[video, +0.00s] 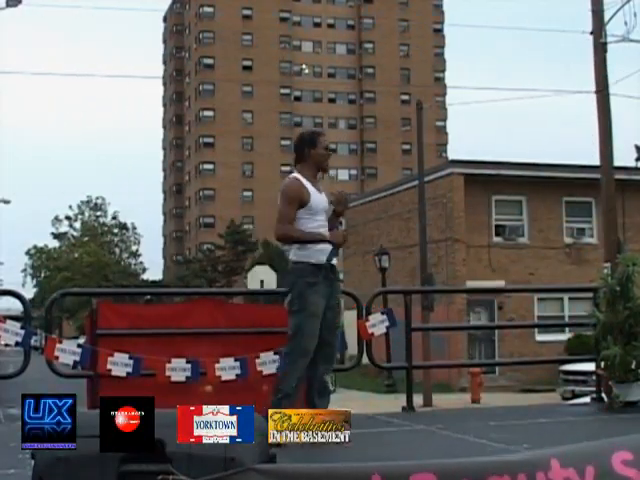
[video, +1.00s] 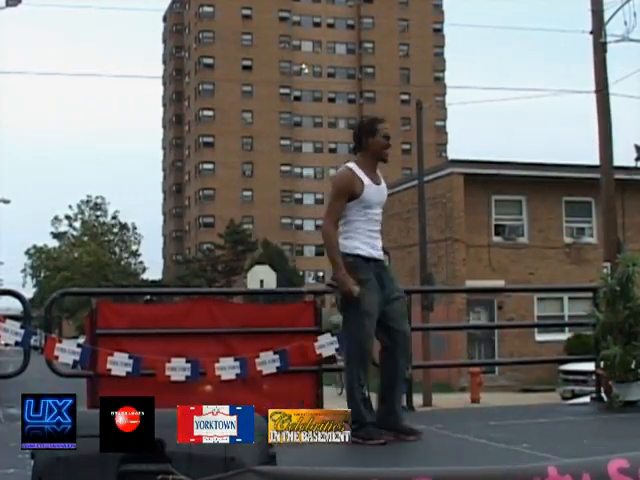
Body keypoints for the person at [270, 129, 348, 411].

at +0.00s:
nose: (330, 154)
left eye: (329, 149)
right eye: (325, 149)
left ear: (311, 154)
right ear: (308, 153)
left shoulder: (317, 188)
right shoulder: (294, 185)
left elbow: (324, 231)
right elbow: (282, 232)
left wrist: (337, 215)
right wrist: (326, 237)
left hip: (328, 271)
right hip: (306, 270)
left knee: (326, 346)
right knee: (303, 344)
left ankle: (318, 409)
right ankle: (281, 408)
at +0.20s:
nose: (346, 155)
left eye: (345, 150)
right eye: (342, 150)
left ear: (329, 153)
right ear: (327, 153)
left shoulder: (327, 185)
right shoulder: (306, 183)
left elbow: (324, 225)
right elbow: (289, 228)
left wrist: (339, 231)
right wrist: (330, 243)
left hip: (327, 264)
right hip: (309, 264)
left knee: (330, 334)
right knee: (321, 334)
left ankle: (318, 403)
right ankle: (314, 405)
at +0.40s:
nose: (359, 158)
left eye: (358, 153)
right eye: (356, 152)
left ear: (340, 154)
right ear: (343, 154)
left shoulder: (340, 186)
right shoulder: (317, 184)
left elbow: (338, 231)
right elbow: (299, 230)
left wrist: (349, 259)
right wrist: (310, 273)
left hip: (335, 268)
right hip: (319, 268)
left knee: (324, 346)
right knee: (331, 346)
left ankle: (314, 414)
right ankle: (357, 419)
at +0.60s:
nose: (372, 154)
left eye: (371, 149)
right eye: (369, 149)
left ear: (355, 152)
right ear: (356, 151)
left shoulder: (356, 184)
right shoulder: (332, 181)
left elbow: (349, 235)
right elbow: (304, 228)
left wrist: (359, 273)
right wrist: (298, 276)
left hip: (347, 267)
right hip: (330, 266)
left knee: (334, 347)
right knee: (348, 345)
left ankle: (314, 416)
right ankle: (360, 423)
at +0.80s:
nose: (381, 148)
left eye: (380, 143)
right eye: (376, 143)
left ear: (365, 148)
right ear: (360, 147)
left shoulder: (367, 182)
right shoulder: (338, 180)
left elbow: (360, 230)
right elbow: (315, 227)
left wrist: (369, 263)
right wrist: (317, 278)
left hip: (365, 266)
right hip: (343, 264)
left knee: (381, 335)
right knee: (355, 343)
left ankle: (333, 398)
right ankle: (362, 425)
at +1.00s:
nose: (390, 143)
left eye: (390, 138)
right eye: (384, 138)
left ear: (376, 144)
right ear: (366, 142)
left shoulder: (379, 178)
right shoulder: (347, 177)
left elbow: (372, 228)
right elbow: (328, 226)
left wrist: (383, 267)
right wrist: (341, 272)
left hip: (380, 266)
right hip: (356, 266)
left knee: (398, 338)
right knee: (359, 346)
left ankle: (389, 417)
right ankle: (361, 424)